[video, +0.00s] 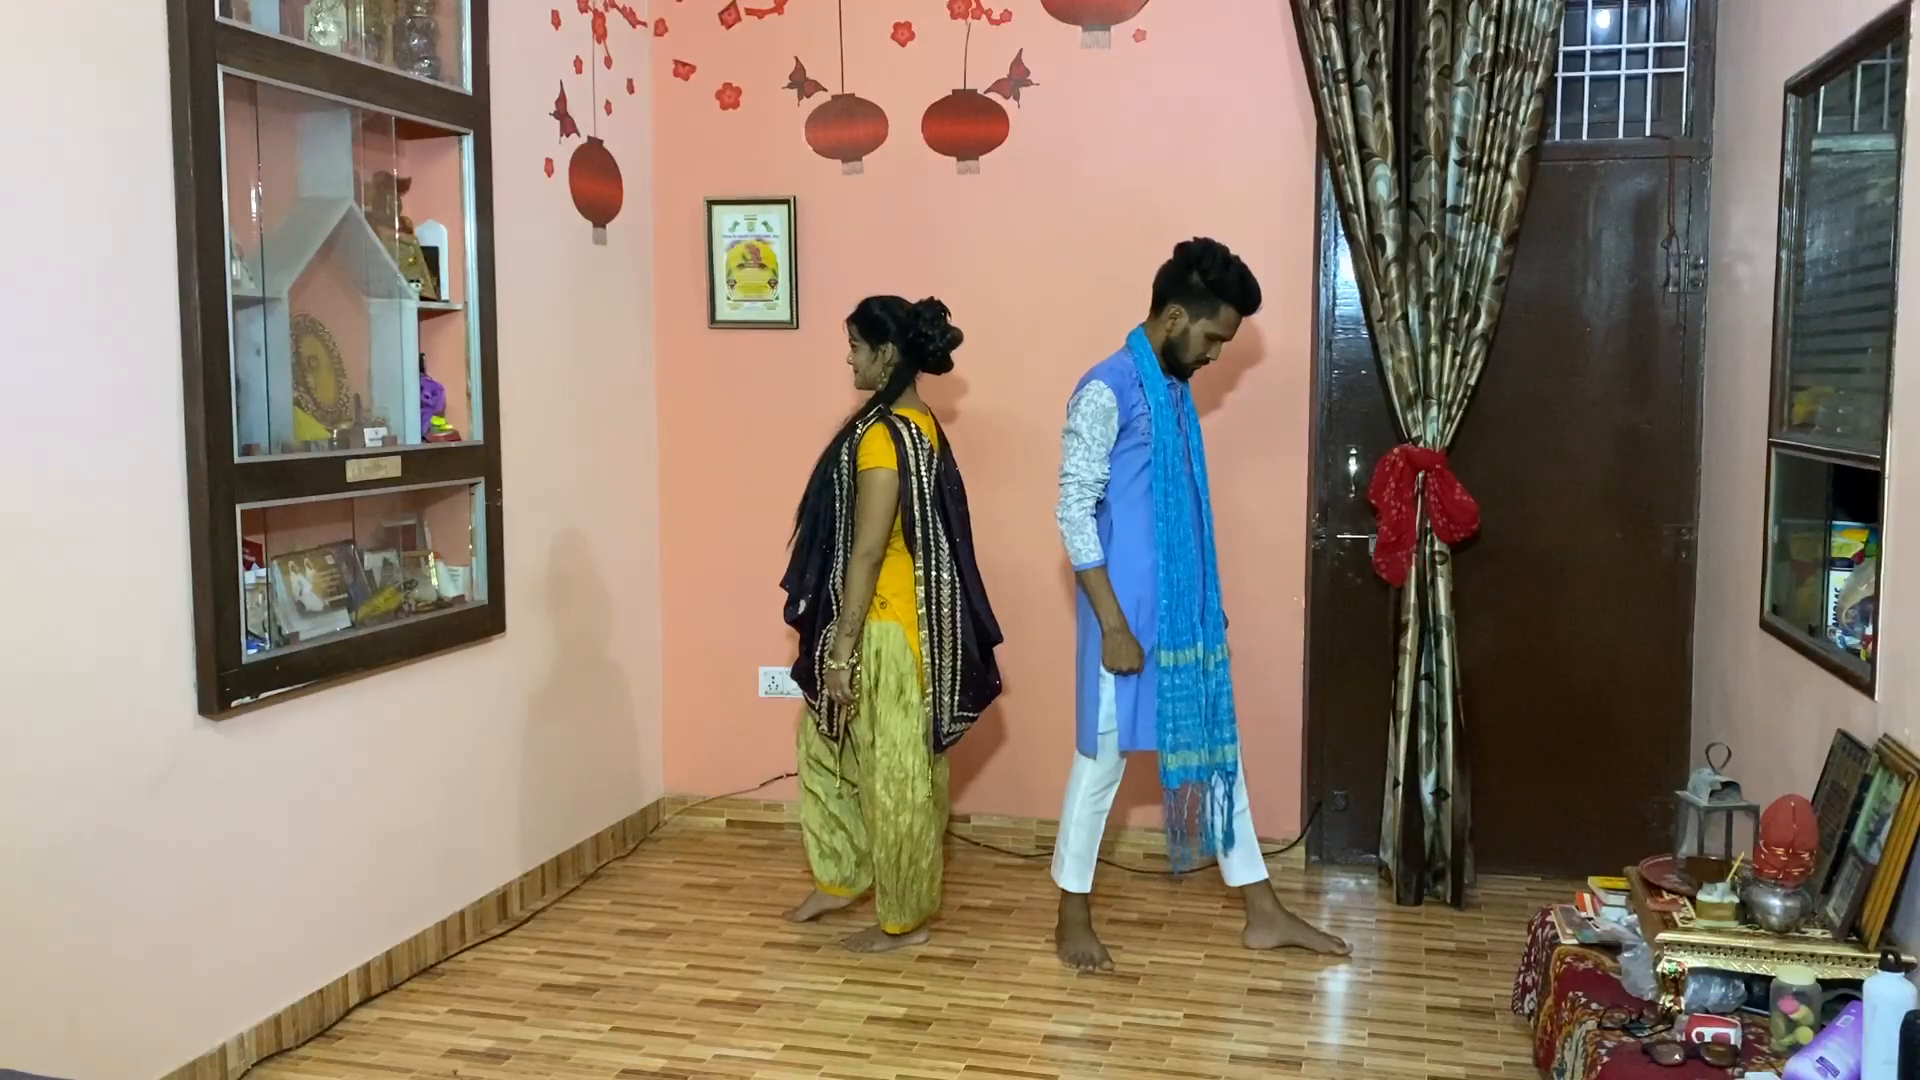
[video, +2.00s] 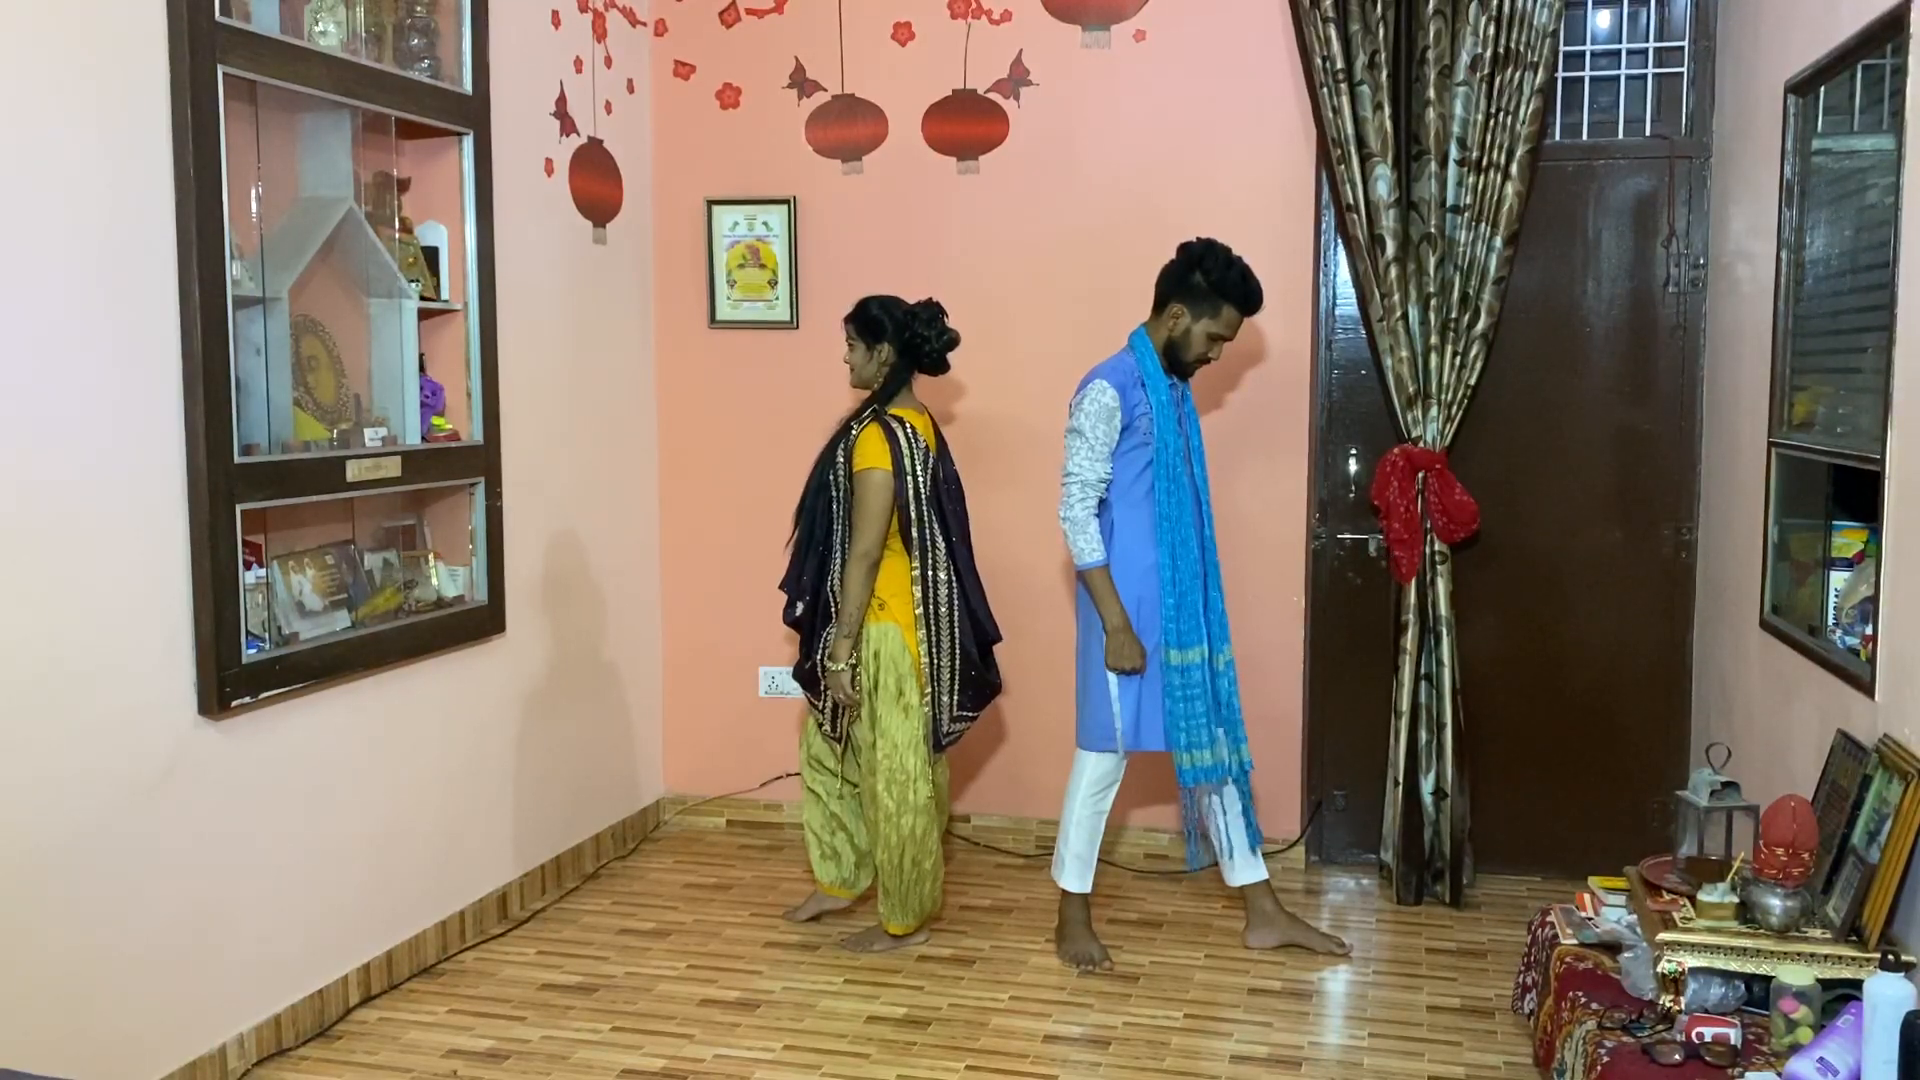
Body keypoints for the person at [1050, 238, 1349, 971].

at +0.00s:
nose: (1217, 352)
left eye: (1225, 339)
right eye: (1214, 336)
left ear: (1196, 320)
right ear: (1172, 312)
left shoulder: (1173, 390)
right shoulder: (1105, 393)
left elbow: (1177, 516)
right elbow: (1075, 515)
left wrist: (1204, 608)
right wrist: (1113, 623)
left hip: (1186, 606)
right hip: (1123, 607)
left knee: (1214, 747)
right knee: (1102, 757)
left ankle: (1263, 908)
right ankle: (1073, 915)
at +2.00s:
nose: (1219, 352)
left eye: (1227, 339)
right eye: (1215, 336)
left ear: (1195, 320)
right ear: (1174, 311)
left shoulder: (1172, 391)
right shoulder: (1106, 392)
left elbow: (1170, 515)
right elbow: (1077, 514)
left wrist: (1195, 606)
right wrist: (1116, 623)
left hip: (1184, 603)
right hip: (1123, 604)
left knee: (1214, 743)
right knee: (1103, 753)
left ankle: (1263, 908)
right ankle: (1072, 914)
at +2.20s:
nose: (1219, 352)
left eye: (1227, 339)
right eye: (1216, 335)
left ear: (1194, 319)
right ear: (1174, 311)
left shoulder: (1171, 391)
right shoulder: (1107, 393)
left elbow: (1170, 515)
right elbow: (1078, 515)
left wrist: (1196, 606)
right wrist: (1117, 624)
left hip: (1185, 604)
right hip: (1123, 605)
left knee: (1218, 744)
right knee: (1103, 755)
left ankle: (1262, 908)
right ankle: (1072, 915)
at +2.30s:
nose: (1219, 352)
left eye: (1227, 339)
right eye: (1216, 335)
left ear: (1193, 319)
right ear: (1174, 311)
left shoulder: (1171, 391)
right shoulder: (1107, 393)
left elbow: (1169, 515)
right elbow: (1078, 515)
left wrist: (1195, 606)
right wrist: (1117, 623)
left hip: (1184, 604)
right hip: (1123, 605)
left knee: (1216, 743)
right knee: (1103, 756)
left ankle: (1262, 908)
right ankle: (1072, 915)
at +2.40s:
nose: (1219, 351)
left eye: (1227, 338)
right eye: (1216, 335)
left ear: (1193, 318)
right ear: (1174, 311)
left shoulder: (1171, 391)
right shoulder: (1107, 393)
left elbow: (1170, 515)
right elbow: (1079, 516)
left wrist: (1194, 605)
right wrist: (1119, 623)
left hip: (1183, 603)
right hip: (1122, 603)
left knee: (1216, 742)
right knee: (1104, 754)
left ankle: (1262, 908)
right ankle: (1072, 915)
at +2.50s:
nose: (1220, 351)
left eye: (1228, 338)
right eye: (1217, 334)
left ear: (1193, 318)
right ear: (1175, 311)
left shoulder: (1171, 391)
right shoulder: (1108, 392)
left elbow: (1170, 516)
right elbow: (1083, 518)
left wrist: (1197, 606)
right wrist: (1124, 621)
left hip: (1185, 601)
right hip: (1123, 603)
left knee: (1218, 741)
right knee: (1106, 754)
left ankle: (1263, 909)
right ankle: (1072, 915)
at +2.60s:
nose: (1223, 348)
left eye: (1230, 334)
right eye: (1219, 331)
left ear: (1194, 318)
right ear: (1175, 311)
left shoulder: (1173, 389)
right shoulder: (1110, 393)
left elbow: (1180, 519)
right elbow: (1090, 520)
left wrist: (1208, 615)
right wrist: (1137, 630)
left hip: (1188, 605)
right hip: (1126, 608)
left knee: (1230, 739)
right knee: (1111, 758)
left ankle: (1264, 908)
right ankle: (1073, 917)